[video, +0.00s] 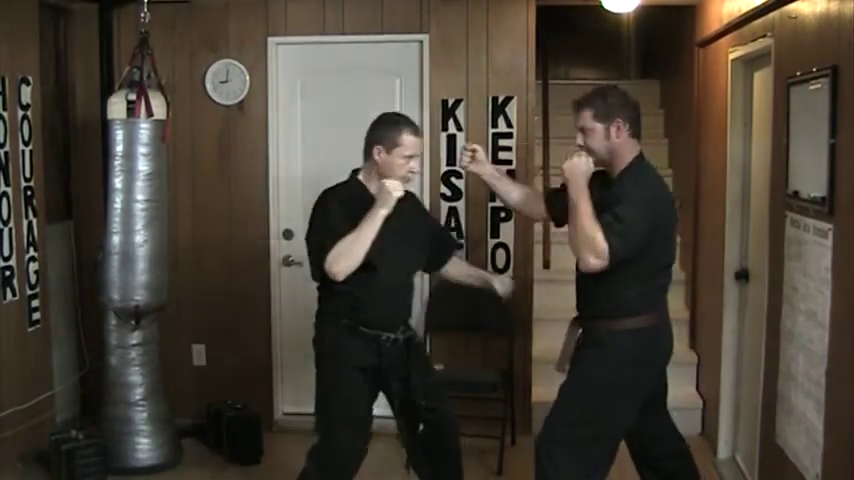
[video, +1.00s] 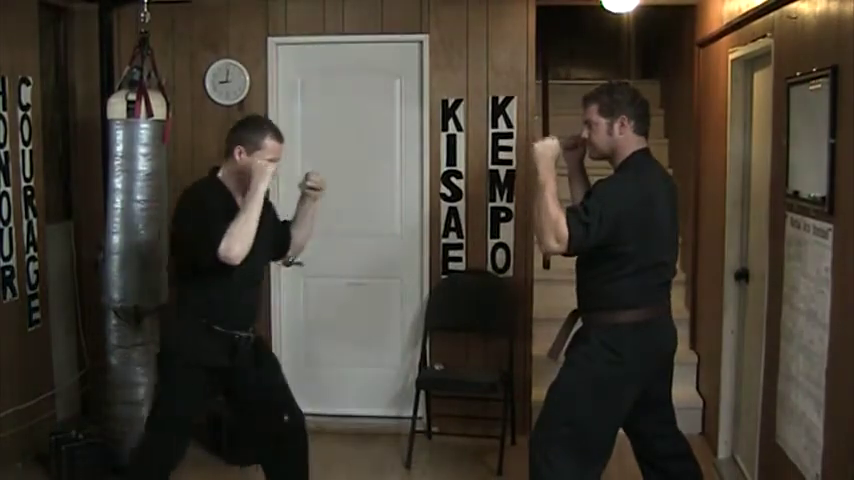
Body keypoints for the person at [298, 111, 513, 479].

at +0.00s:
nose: (415, 167)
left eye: (417, 158)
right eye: (407, 158)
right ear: (377, 154)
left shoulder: (408, 206)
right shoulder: (336, 202)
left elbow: (443, 261)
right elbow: (336, 267)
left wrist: (489, 279)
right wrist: (381, 209)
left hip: (400, 344)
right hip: (345, 344)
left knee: (437, 438)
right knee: (342, 448)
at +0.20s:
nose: (372, 158)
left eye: (373, 149)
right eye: (364, 148)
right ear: (334, 145)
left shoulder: (353, 194)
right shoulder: (295, 193)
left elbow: (382, 244)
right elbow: (315, 253)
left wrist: (422, 219)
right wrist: (353, 190)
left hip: (358, 336)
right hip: (310, 338)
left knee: (398, 434)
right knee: (315, 449)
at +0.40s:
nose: (348, 152)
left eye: (350, 144)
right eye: (341, 142)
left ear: (322, 139)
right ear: (311, 137)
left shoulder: (335, 186)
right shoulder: (273, 183)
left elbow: (373, 227)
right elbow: (292, 239)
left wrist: (390, 180)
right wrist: (322, 174)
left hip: (329, 328)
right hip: (283, 328)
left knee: (341, 427)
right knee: (294, 438)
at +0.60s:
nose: (336, 155)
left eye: (339, 146)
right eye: (329, 145)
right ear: (300, 139)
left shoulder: (325, 189)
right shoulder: (257, 182)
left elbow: (366, 229)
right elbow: (268, 239)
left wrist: (385, 183)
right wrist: (304, 176)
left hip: (302, 329)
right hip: (256, 327)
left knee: (306, 429)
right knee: (267, 431)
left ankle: (300, 475)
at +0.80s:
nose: (307, 159)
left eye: (310, 151)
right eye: (301, 149)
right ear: (273, 143)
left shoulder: (295, 192)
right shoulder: (233, 186)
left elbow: (332, 231)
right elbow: (255, 239)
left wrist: (349, 188)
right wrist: (285, 177)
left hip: (278, 330)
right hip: (230, 329)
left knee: (299, 430)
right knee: (217, 434)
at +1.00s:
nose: (273, 170)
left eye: (276, 162)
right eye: (268, 161)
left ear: (246, 158)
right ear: (240, 155)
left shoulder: (254, 201)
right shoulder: (199, 198)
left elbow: (287, 249)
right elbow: (232, 252)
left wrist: (308, 201)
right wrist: (258, 188)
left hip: (242, 344)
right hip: (194, 343)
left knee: (288, 431)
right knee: (165, 443)